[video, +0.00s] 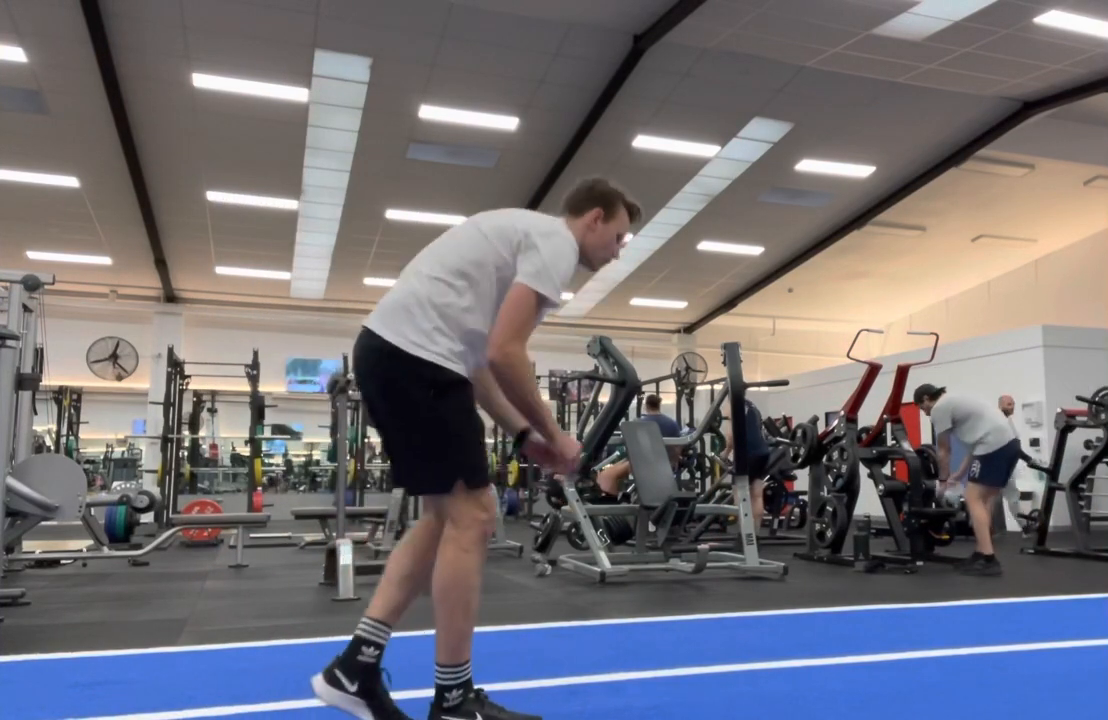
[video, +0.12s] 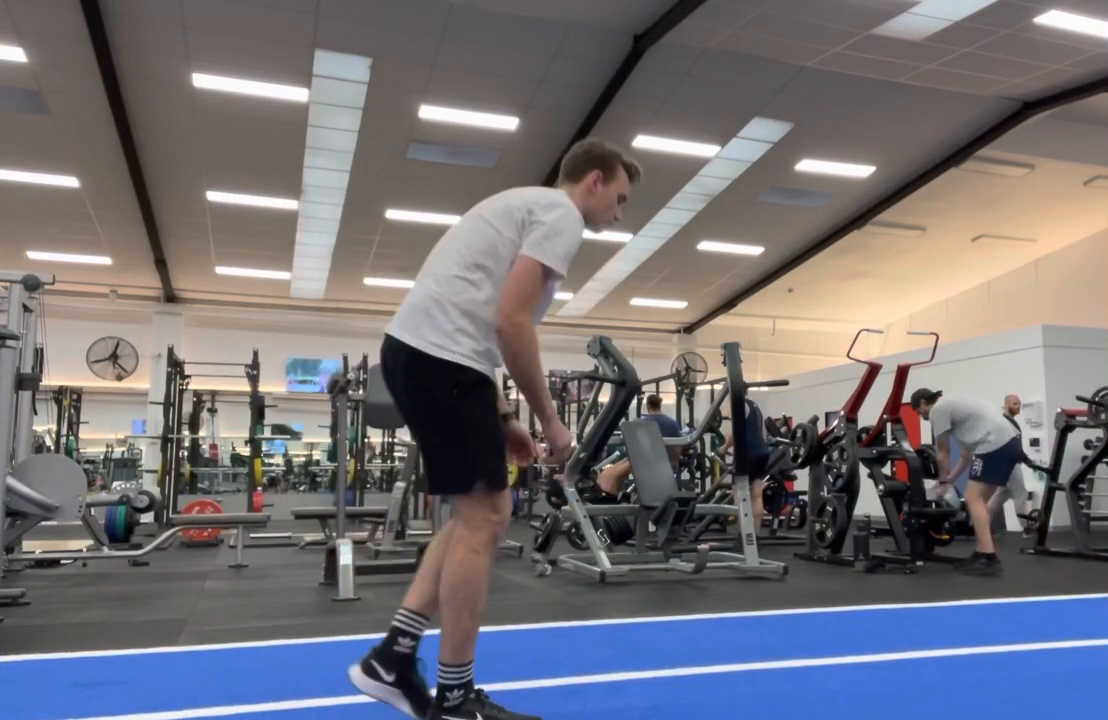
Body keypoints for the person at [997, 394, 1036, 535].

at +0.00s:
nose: (1011, 407)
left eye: (1012, 404)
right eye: (1008, 404)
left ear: (1013, 405)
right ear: (1001, 406)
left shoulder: (1008, 421)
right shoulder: (1002, 422)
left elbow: (1015, 444)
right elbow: (1012, 446)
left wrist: (1028, 458)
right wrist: (1029, 459)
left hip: (1004, 465)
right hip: (1001, 466)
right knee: (1012, 494)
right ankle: (1023, 525)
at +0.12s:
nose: (1018, 407)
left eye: (1018, 404)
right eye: (1015, 404)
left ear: (1018, 406)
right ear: (1006, 405)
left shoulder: (1011, 421)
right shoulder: (1005, 423)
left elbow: (1017, 447)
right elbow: (1016, 450)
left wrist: (1029, 462)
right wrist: (1030, 463)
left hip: (1007, 461)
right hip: (1010, 462)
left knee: (1004, 492)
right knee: (1020, 493)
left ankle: (984, 517)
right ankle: (1026, 527)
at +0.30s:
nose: (1027, 405)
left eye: (1029, 402)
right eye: (1024, 402)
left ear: (1030, 404)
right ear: (1017, 403)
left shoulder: (1022, 420)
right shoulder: (1016, 420)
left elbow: (1024, 443)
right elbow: (1015, 445)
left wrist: (1030, 461)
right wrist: (1020, 465)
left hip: (1028, 463)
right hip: (1024, 465)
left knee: (1026, 495)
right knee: (1029, 496)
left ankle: (1003, 513)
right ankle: (1028, 527)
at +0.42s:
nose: (1032, 405)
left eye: (1033, 402)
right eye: (1029, 402)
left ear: (1035, 404)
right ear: (1021, 403)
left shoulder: (1025, 420)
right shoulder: (1020, 420)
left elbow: (1029, 443)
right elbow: (1024, 444)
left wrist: (1035, 461)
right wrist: (1032, 462)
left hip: (1029, 462)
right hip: (1026, 463)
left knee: (1035, 489)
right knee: (1039, 486)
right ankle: (1021, 515)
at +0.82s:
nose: (1047, 404)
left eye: (1049, 402)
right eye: (1044, 401)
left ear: (1051, 404)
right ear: (1037, 402)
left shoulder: (1042, 419)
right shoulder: (1035, 419)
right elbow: (1033, 442)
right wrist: (1039, 460)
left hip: (1039, 463)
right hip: (1037, 463)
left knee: (1036, 495)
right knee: (1035, 495)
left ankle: (1032, 526)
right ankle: (1029, 527)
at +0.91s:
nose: (1051, 405)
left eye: (1053, 402)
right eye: (1048, 402)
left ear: (1056, 403)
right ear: (1042, 403)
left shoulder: (1050, 421)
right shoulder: (1040, 421)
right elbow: (1036, 444)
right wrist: (1041, 462)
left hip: (1044, 465)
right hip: (1040, 465)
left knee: (1039, 497)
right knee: (1035, 497)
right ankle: (1030, 527)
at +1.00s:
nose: (1055, 403)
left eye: (1057, 401)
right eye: (1052, 401)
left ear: (1061, 402)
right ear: (1047, 402)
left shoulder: (1063, 420)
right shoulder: (1039, 420)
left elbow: (1070, 428)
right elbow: (1034, 442)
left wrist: (1068, 417)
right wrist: (1039, 462)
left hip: (1060, 464)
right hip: (1043, 464)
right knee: (1037, 495)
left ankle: (1074, 527)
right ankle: (1030, 527)